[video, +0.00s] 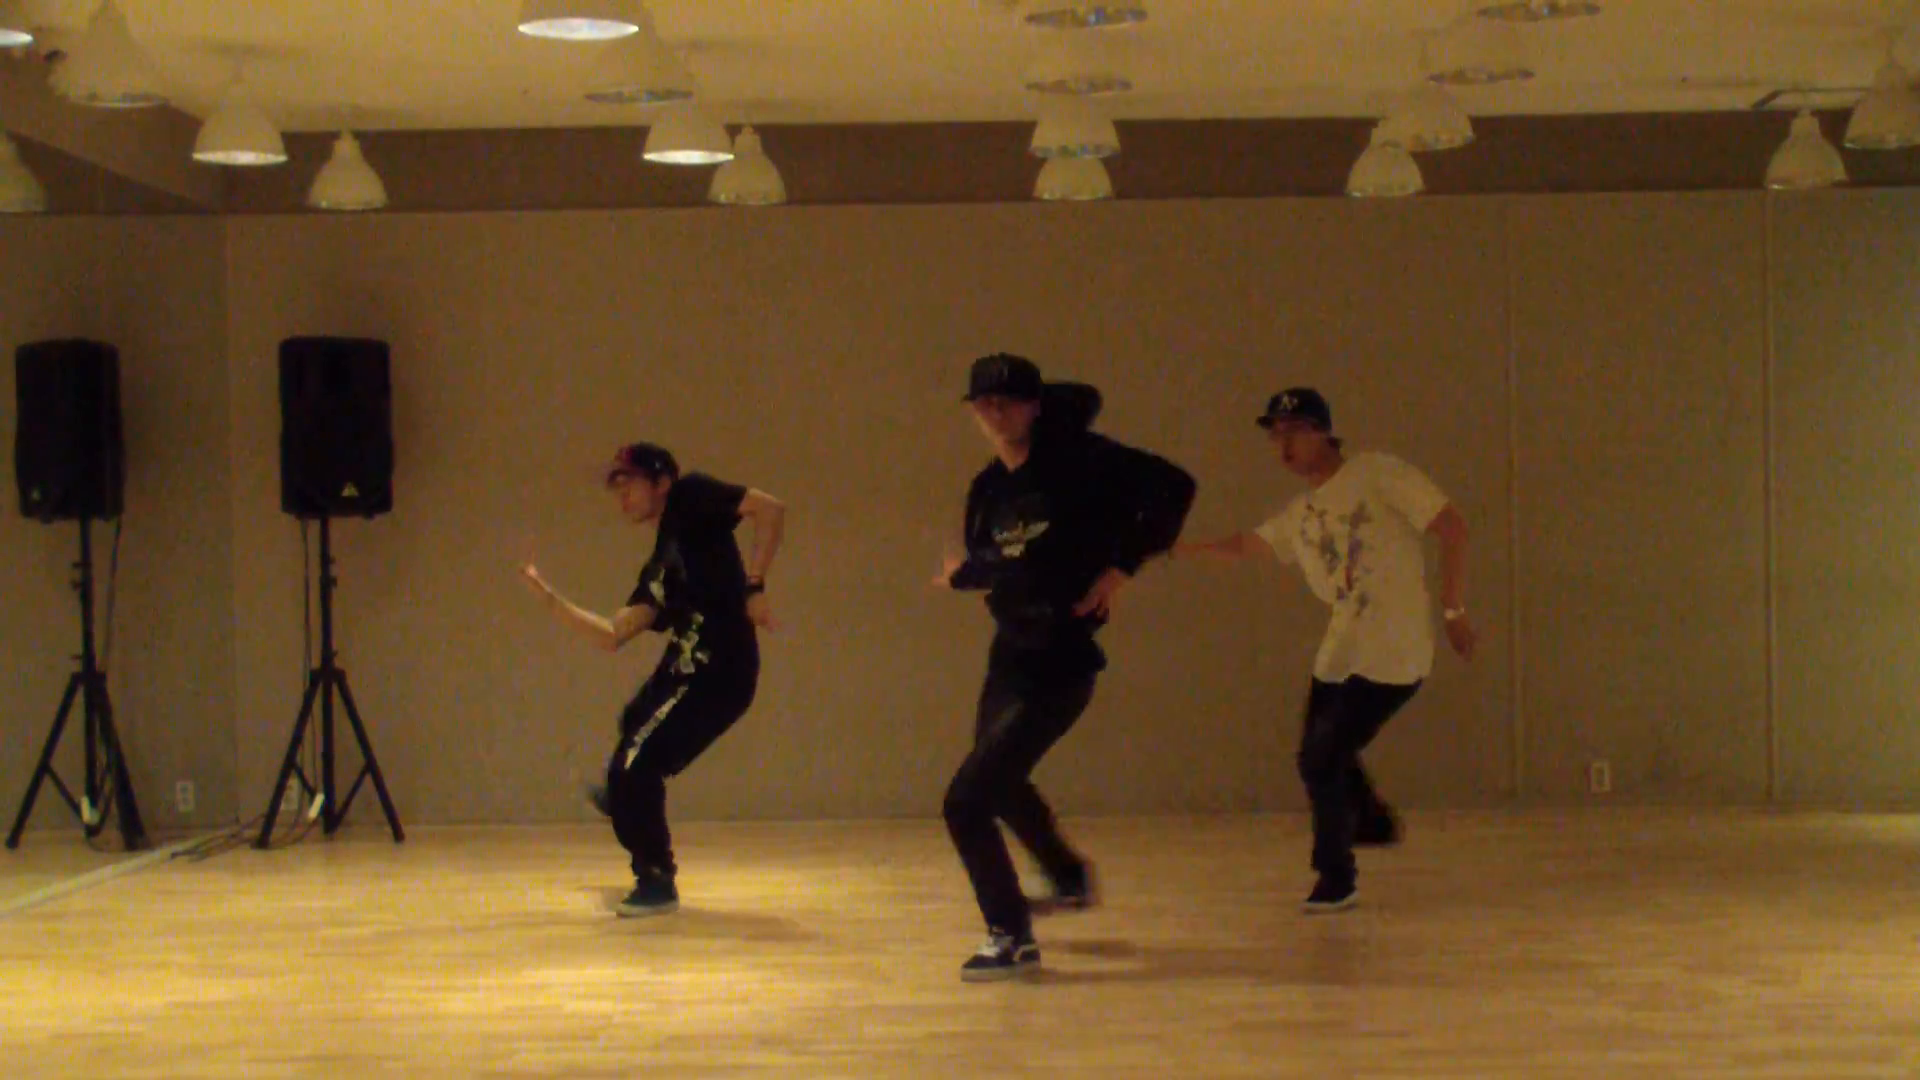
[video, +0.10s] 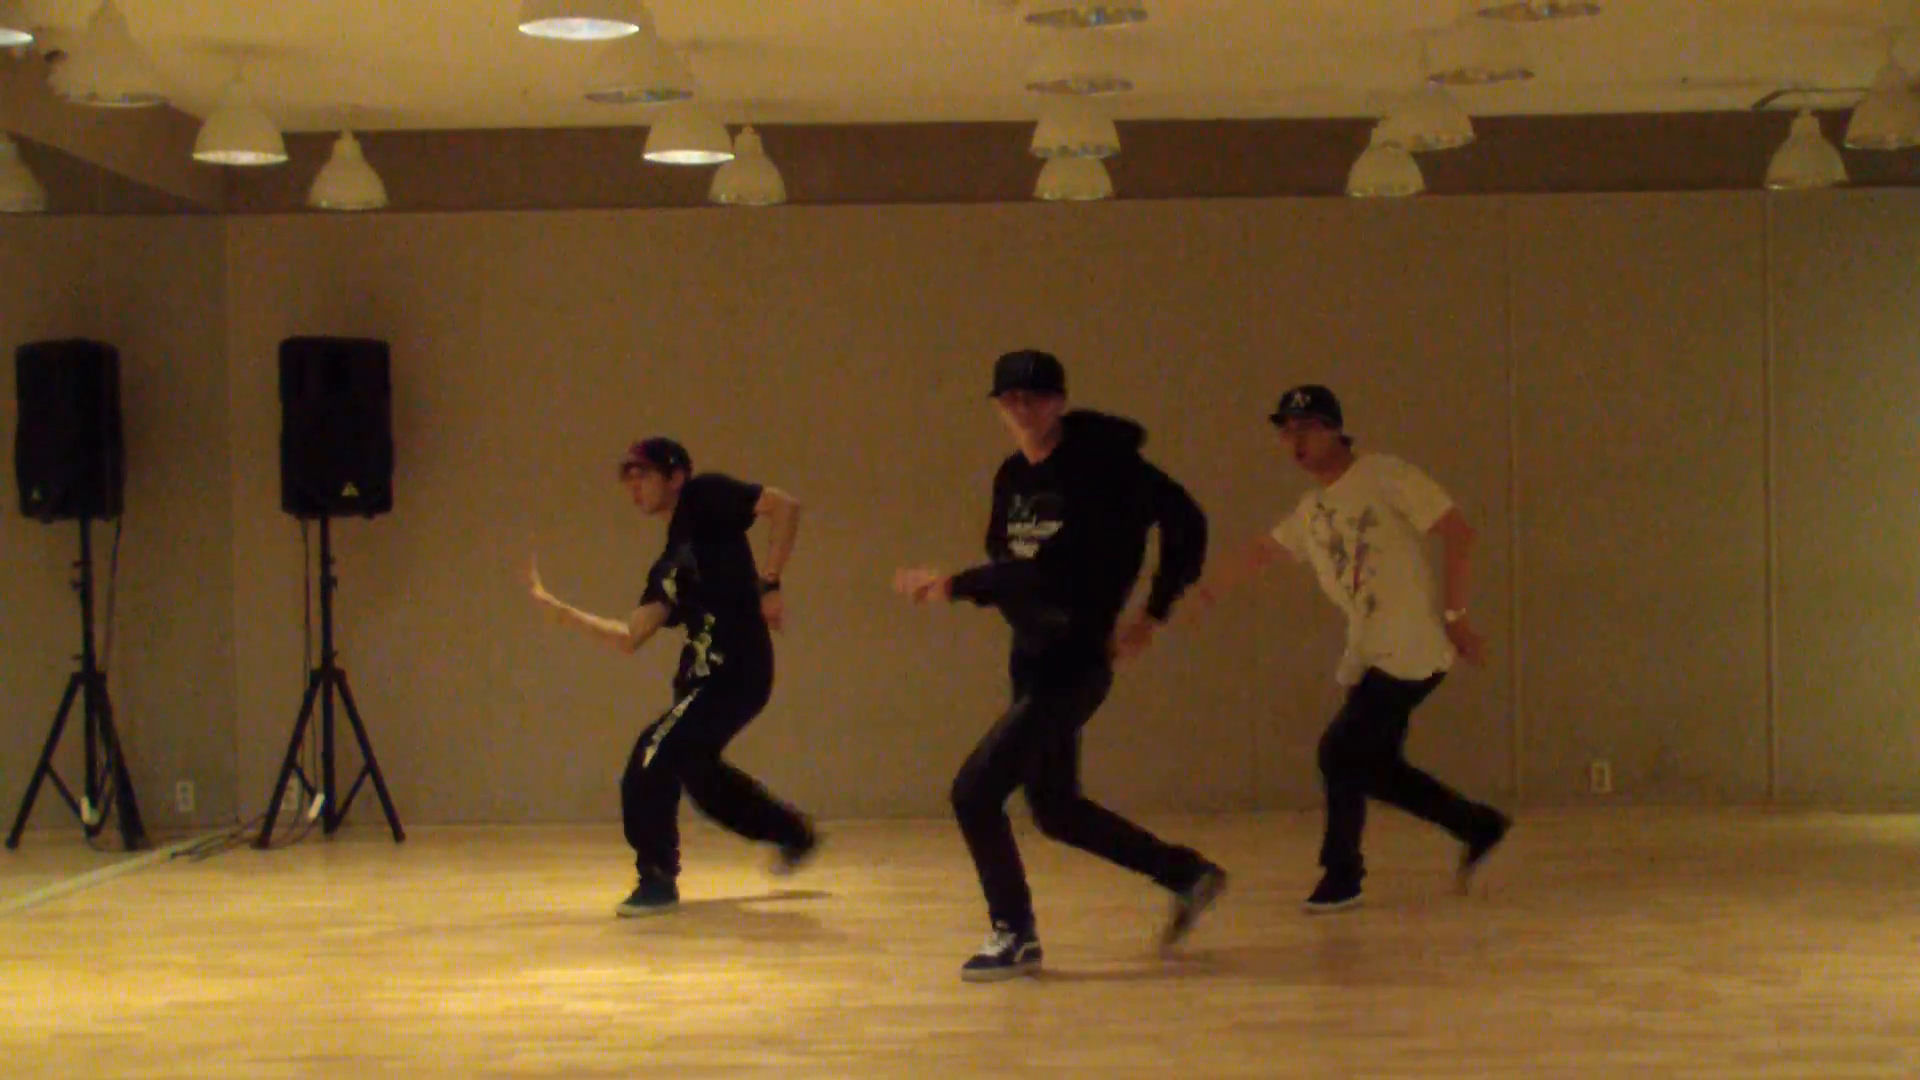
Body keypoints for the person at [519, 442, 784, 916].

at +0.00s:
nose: (620, 497)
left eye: (628, 484)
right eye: (616, 488)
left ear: (661, 480)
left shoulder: (691, 494)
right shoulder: (664, 562)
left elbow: (769, 509)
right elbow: (613, 634)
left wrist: (755, 585)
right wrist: (551, 598)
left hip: (722, 665)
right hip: (689, 660)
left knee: (637, 762)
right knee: (636, 719)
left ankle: (656, 878)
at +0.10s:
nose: (632, 487)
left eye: (641, 476)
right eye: (629, 478)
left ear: (675, 476)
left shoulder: (705, 494)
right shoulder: (674, 562)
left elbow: (784, 507)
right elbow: (627, 637)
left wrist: (770, 583)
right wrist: (551, 604)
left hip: (738, 669)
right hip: (707, 676)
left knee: (653, 756)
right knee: (698, 771)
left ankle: (656, 879)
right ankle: (791, 832)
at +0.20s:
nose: (657, 486)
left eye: (666, 473)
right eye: (653, 476)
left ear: (699, 474)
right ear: (662, 483)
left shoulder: (729, 505)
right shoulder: (682, 559)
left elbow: (805, 523)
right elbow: (669, 636)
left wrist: (779, 590)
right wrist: (597, 619)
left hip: (750, 677)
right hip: (734, 683)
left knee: (659, 753)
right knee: (778, 791)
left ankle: (695, 868)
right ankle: (893, 854)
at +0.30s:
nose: (680, 484)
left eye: (691, 473)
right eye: (677, 474)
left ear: (725, 478)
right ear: (675, 482)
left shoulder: (743, 528)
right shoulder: (709, 547)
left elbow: (795, 581)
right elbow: (702, 635)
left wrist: (727, 628)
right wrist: (659, 613)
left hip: (753, 691)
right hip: (740, 692)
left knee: (690, 792)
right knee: (784, 795)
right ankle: (899, 861)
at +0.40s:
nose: (698, 479)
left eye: (710, 469)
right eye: (696, 469)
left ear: (742, 476)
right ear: (695, 477)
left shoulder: (744, 539)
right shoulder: (713, 538)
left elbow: (727, 619)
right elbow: (697, 611)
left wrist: (665, 616)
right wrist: (670, 590)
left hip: (739, 699)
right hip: (719, 700)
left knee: (759, 822)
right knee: (753, 820)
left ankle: (863, 860)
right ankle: (861, 851)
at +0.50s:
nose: (682, 473)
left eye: (694, 463)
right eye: (681, 463)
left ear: (725, 474)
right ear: (683, 471)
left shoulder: (707, 535)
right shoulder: (692, 530)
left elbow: (654, 608)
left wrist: (633, 570)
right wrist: (639, 559)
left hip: (714, 690)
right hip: (692, 688)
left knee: (758, 798)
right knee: (650, 784)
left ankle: (862, 867)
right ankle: (746, 845)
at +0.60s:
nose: (616, 465)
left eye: (627, 456)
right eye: (616, 455)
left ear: (656, 465)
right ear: (641, 467)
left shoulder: (644, 517)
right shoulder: (639, 514)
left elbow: (565, 565)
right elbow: (573, 565)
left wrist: (561, 510)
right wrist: (562, 512)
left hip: (678, 679)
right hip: (650, 675)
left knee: (702, 793)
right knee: (572, 744)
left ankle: (822, 851)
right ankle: (570, 868)